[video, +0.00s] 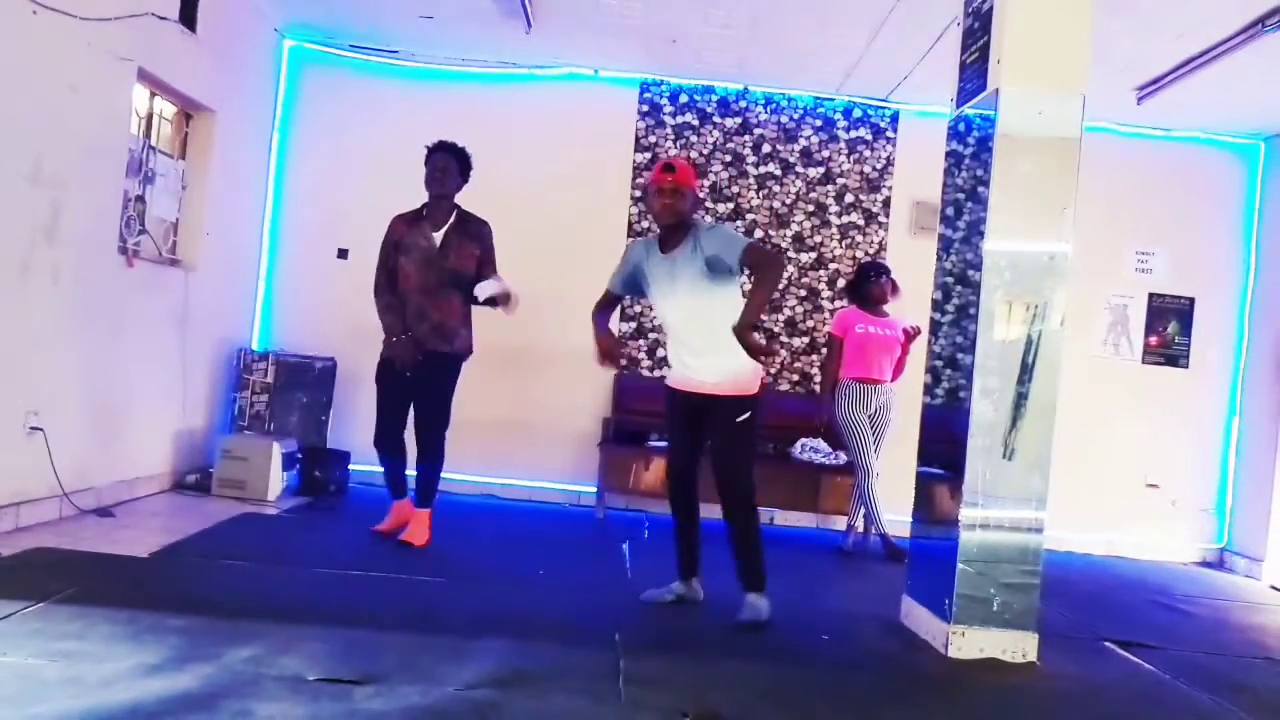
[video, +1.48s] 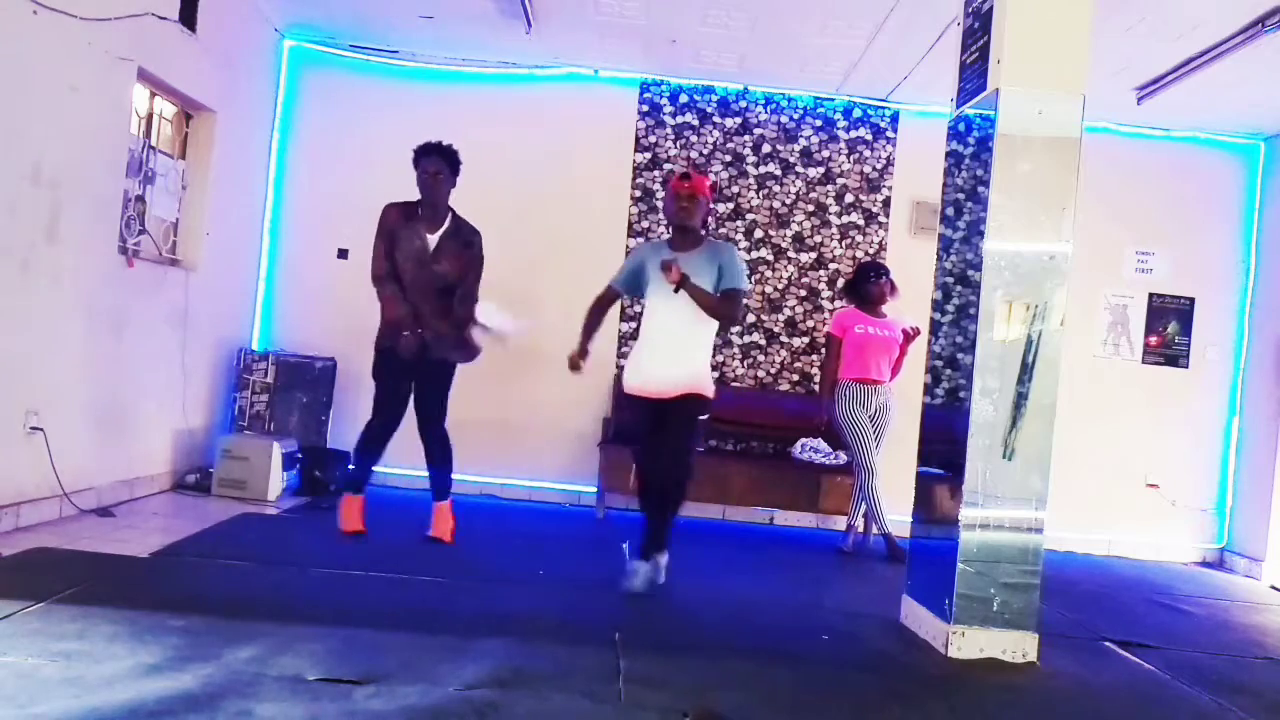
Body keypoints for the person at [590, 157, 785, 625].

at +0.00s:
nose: (663, 201)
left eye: (673, 192)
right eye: (657, 192)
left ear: (692, 198)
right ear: (648, 198)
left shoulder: (715, 239)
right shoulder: (641, 252)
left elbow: (771, 262)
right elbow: (604, 306)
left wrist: (745, 323)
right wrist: (604, 336)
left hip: (735, 386)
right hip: (684, 385)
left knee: (735, 488)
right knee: (679, 481)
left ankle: (755, 593)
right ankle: (688, 581)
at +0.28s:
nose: (679, 201)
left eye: (688, 193)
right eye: (672, 192)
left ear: (701, 199)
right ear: (660, 198)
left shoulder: (724, 249)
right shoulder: (642, 252)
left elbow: (730, 317)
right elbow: (644, 324)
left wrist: (714, 283)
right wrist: (647, 292)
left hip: (712, 380)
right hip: (663, 376)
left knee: (697, 474)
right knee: (670, 476)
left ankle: (689, 553)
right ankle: (686, 579)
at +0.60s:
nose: (689, 211)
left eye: (697, 205)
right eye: (682, 203)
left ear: (708, 213)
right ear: (667, 207)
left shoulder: (714, 263)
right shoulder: (644, 251)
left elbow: (723, 317)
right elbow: (640, 317)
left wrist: (729, 342)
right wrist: (702, 296)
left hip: (687, 378)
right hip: (643, 373)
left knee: (669, 466)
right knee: (653, 460)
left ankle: (646, 550)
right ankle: (628, 544)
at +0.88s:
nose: (691, 213)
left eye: (699, 207)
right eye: (684, 204)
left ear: (707, 215)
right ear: (670, 205)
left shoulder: (692, 259)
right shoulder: (654, 238)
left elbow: (683, 318)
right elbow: (675, 296)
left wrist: (697, 348)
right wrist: (710, 277)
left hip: (665, 376)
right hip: (625, 372)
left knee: (676, 463)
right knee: (623, 467)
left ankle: (631, 547)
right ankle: (607, 553)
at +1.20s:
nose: (685, 203)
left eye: (693, 197)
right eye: (679, 195)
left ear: (707, 208)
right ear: (666, 200)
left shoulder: (716, 263)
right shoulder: (636, 245)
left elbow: (722, 331)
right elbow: (585, 295)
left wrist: (704, 331)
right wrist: (597, 339)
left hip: (670, 389)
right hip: (622, 379)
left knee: (643, 479)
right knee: (600, 464)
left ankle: (613, 565)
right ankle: (568, 542)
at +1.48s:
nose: (684, 206)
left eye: (692, 200)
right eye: (678, 199)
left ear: (708, 207)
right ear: (667, 204)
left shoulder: (724, 255)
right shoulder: (647, 254)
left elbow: (732, 314)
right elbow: (606, 299)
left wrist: (685, 284)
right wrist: (583, 343)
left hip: (690, 381)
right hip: (643, 379)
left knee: (672, 467)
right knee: (647, 466)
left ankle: (647, 556)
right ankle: (658, 550)